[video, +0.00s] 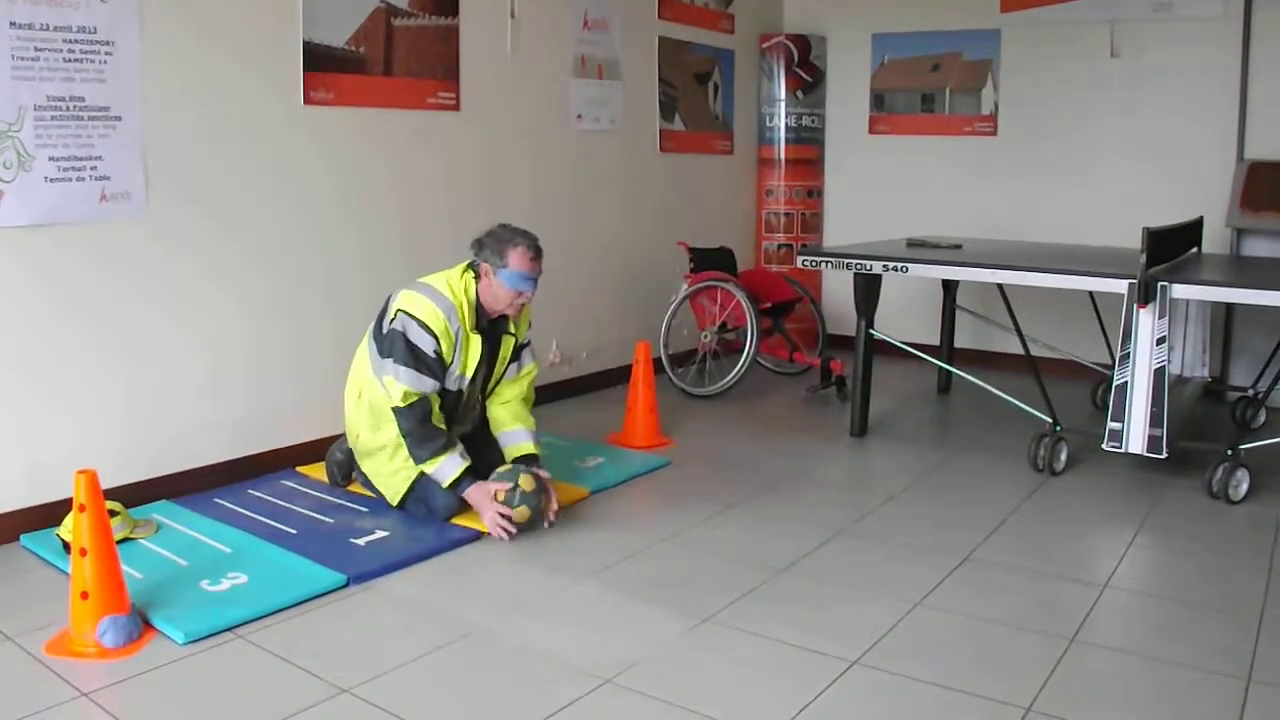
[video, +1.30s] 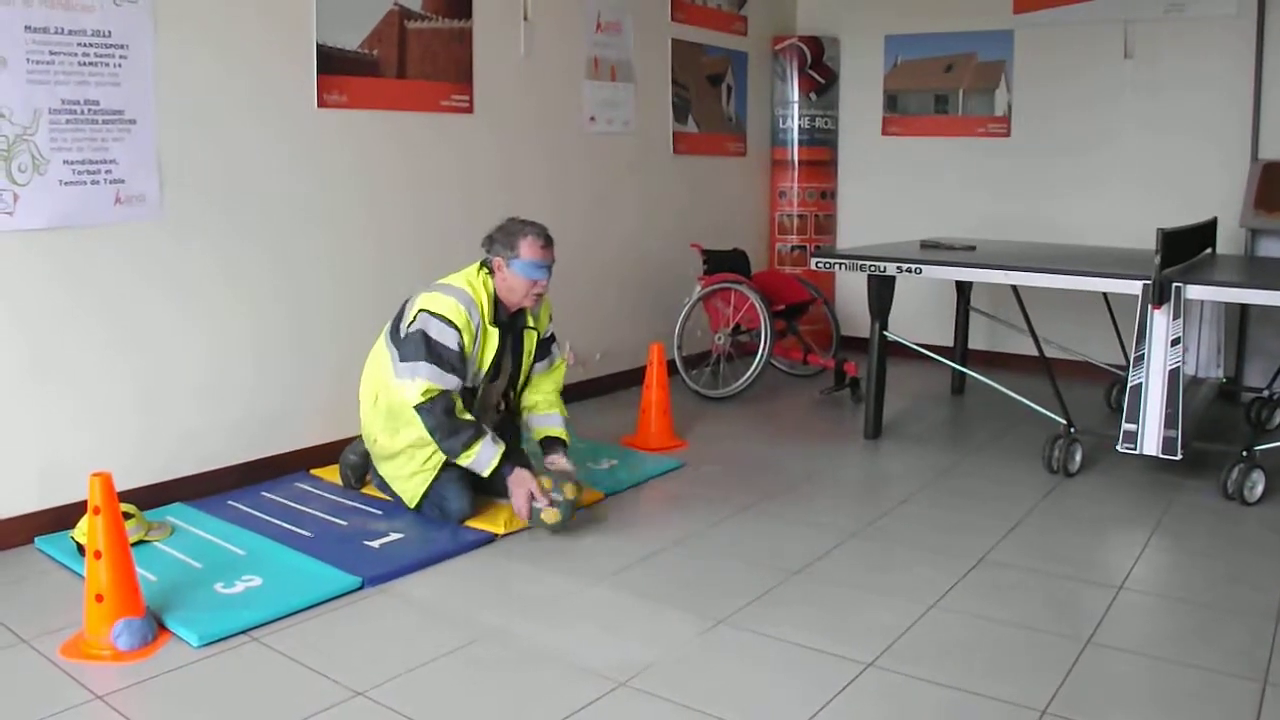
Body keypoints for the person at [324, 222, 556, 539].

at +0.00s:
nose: (527, 297)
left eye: (532, 287)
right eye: (519, 286)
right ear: (486, 274)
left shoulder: (514, 314)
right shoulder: (423, 313)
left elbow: (510, 395)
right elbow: (414, 416)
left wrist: (529, 467)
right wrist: (469, 487)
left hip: (454, 415)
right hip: (386, 427)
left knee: (505, 481)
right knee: (444, 505)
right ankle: (360, 458)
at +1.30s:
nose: (543, 285)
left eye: (548, 273)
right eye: (533, 273)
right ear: (499, 268)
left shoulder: (534, 308)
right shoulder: (446, 310)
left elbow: (541, 383)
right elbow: (434, 409)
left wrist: (554, 450)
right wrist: (508, 469)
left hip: (470, 412)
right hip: (401, 422)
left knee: (511, 484)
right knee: (455, 506)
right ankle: (375, 462)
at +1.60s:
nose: (556, 285)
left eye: (560, 274)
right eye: (547, 274)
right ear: (512, 269)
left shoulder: (540, 304)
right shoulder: (467, 311)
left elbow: (573, 364)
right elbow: (505, 399)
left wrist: (622, 391)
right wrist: (600, 414)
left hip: (471, 406)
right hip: (413, 415)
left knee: (518, 485)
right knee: (457, 509)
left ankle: (431, 448)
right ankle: (377, 454)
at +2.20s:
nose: (573, 300)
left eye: (578, 289)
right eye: (563, 288)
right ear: (530, 282)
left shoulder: (554, 327)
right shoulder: (471, 321)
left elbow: (545, 402)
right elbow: (418, 409)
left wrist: (567, 470)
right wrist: (434, 504)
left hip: (487, 418)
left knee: (523, 489)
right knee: (463, 513)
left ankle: (444, 459)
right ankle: (382, 466)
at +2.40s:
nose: (566, 305)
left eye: (571, 294)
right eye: (557, 293)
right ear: (524, 285)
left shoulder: (549, 334)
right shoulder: (467, 321)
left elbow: (546, 410)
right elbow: (428, 412)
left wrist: (568, 483)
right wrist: (440, 509)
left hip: (482, 420)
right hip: (407, 426)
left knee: (524, 490)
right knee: (464, 513)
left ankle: (447, 461)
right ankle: (382, 466)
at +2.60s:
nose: (561, 300)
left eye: (566, 289)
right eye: (551, 288)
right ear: (518, 281)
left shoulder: (545, 331)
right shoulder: (462, 318)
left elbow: (546, 407)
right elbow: (430, 411)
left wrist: (569, 483)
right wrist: (438, 510)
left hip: (481, 422)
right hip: (407, 427)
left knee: (524, 490)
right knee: (465, 513)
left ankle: (448, 460)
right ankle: (383, 468)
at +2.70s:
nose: (563, 300)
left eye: (568, 289)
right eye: (553, 288)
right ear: (519, 282)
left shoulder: (548, 332)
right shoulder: (463, 319)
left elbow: (548, 409)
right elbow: (432, 411)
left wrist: (570, 483)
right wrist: (440, 511)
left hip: (480, 420)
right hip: (406, 427)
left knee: (525, 489)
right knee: (466, 513)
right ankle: (385, 470)